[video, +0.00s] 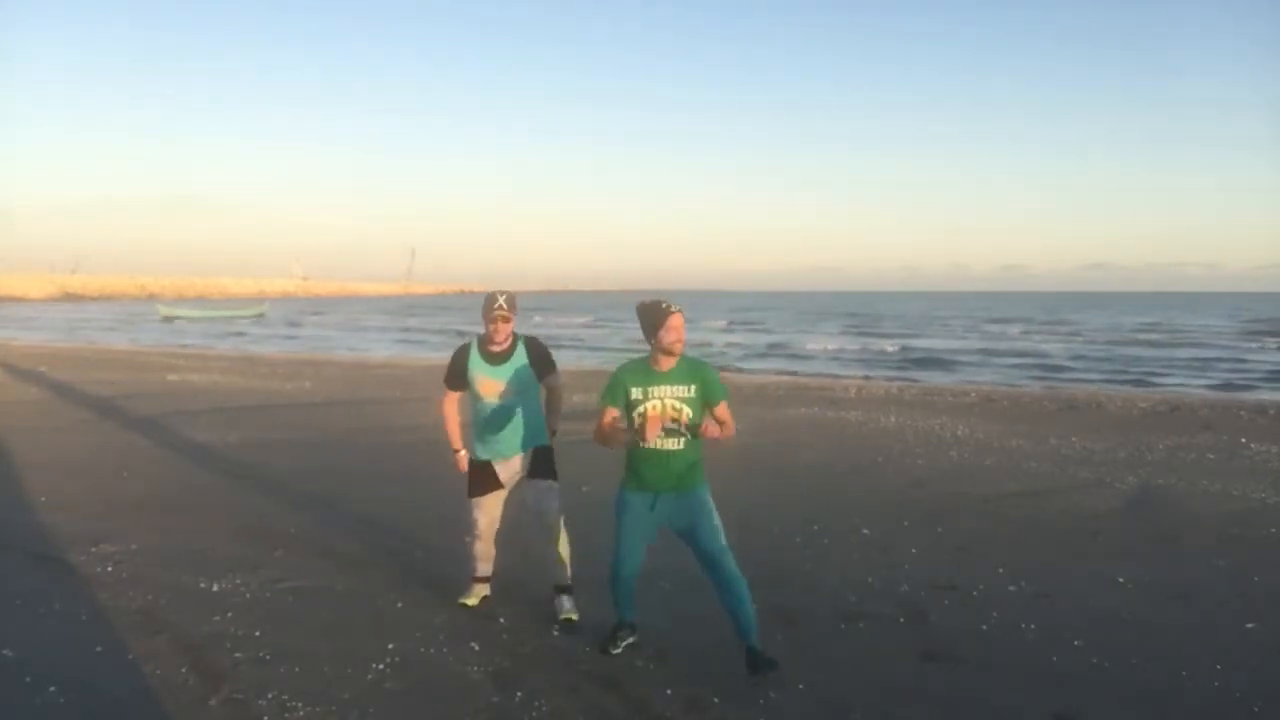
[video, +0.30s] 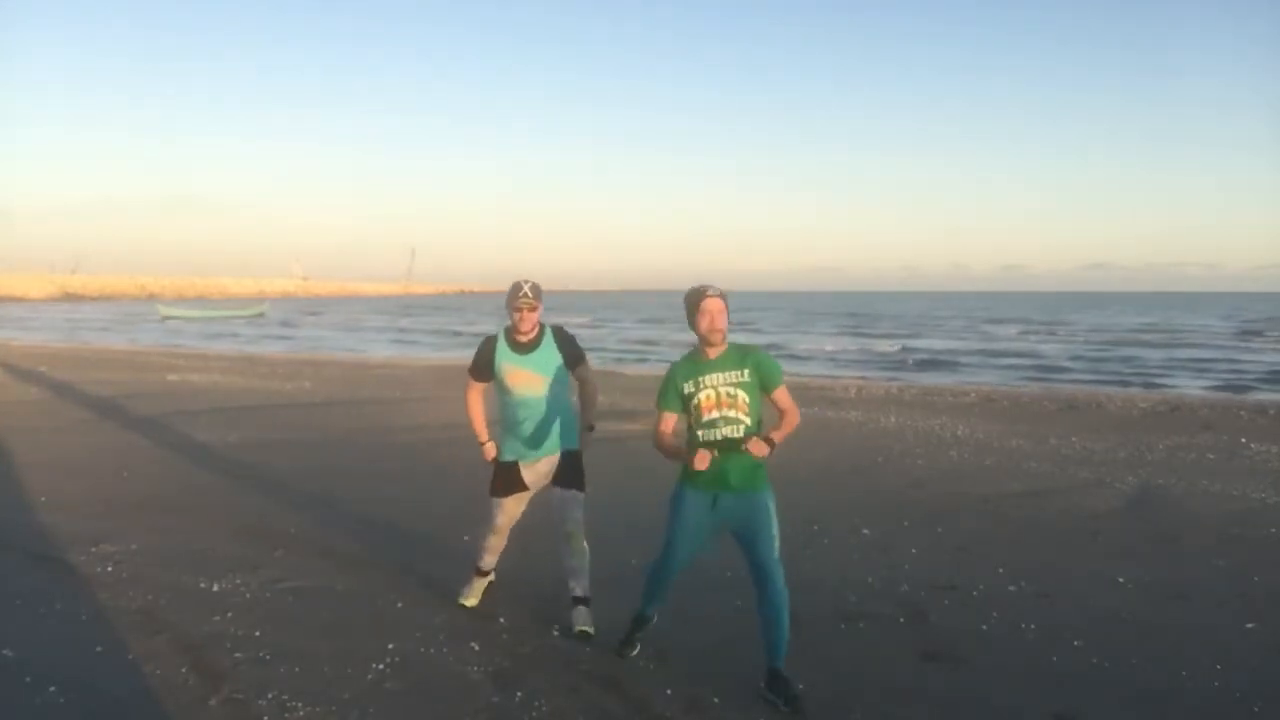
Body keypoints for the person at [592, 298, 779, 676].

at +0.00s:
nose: (680, 336)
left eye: (682, 328)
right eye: (672, 330)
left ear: (684, 331)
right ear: (652, 335)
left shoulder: (701, 374)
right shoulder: (626, 376)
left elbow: (729, 428)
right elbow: (603, 432)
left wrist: (715, 430)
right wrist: (634, 435)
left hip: (690, 490)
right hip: (639, 491)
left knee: (723, 564)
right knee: (624, 567)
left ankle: (753, 649)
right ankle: (624, 626)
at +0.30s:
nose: (713, 320)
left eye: (719, 312)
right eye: (705, 314)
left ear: (728, 317)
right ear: (692, 321)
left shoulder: (756, 361)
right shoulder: (680, 371)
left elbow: (791, 414)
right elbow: (663, 435)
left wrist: (769, 439)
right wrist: (686, 454)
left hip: (750, 488)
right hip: (699, 488)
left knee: (771, 576)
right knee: (672, 561)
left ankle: (776, 671)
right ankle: (641, 621)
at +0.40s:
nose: (725, 321)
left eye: (731, 313)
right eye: (717, 315)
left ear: (745, 319)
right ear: (708, 325)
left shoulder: (777, 367)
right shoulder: (700, 379)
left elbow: (815, 420)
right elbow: (688, 442)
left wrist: (798, 464)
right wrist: (702, 473)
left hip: (774, 492)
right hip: (723, 496)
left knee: (787, 586)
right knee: (710, 581)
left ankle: (779, 675)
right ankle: (688, 637)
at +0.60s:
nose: (737, 310)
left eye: (744, 303)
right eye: (729, 304)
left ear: (758, 309)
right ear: (719, 312)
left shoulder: (788, 349)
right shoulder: (709, 368)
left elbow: (845, 383)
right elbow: (684, 423)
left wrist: (814, 422)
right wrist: (705, 441)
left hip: (792, 484)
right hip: (742, 486)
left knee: (796, 583)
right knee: (739, 583)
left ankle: (782, 675)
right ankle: (742, 675)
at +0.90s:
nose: (748, 318)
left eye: (755, 311)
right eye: (740, 311)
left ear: (769, 318)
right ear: (730, 319)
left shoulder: (796, 365)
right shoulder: (714, 374)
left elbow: (848, 414)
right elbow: (710, 445)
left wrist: (818, 419)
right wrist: (735, 429)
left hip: (798, 493)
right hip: (747, 495)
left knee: (800, 591)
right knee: (741, 590)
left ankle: (782, 675)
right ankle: (748, 680)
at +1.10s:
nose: (753, 327)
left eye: (760, 319)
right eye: (745, 319)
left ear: (773, 327)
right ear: (733, 327)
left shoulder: (788, 378)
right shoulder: (711, 374)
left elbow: (803, 453)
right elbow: (675, 434)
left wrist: (800, 413)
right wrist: (700, 415)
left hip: (786, 502)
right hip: (732, 502)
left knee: (800, 594)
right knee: (714, 589)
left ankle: (780, 675)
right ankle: (694, 654)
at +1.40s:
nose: (720, 325)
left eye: (728, 318)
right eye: (714, 318)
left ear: (742, 326)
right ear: (704, 325)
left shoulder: (755, 376)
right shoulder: (678, 365)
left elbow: (768, 448)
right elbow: (623, 404)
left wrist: (762, 414)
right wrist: (643, 394)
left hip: (730, 492)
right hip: (678, 489)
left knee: (758, 575)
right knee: (654, 572)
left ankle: (773, 671)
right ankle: (650, 650)